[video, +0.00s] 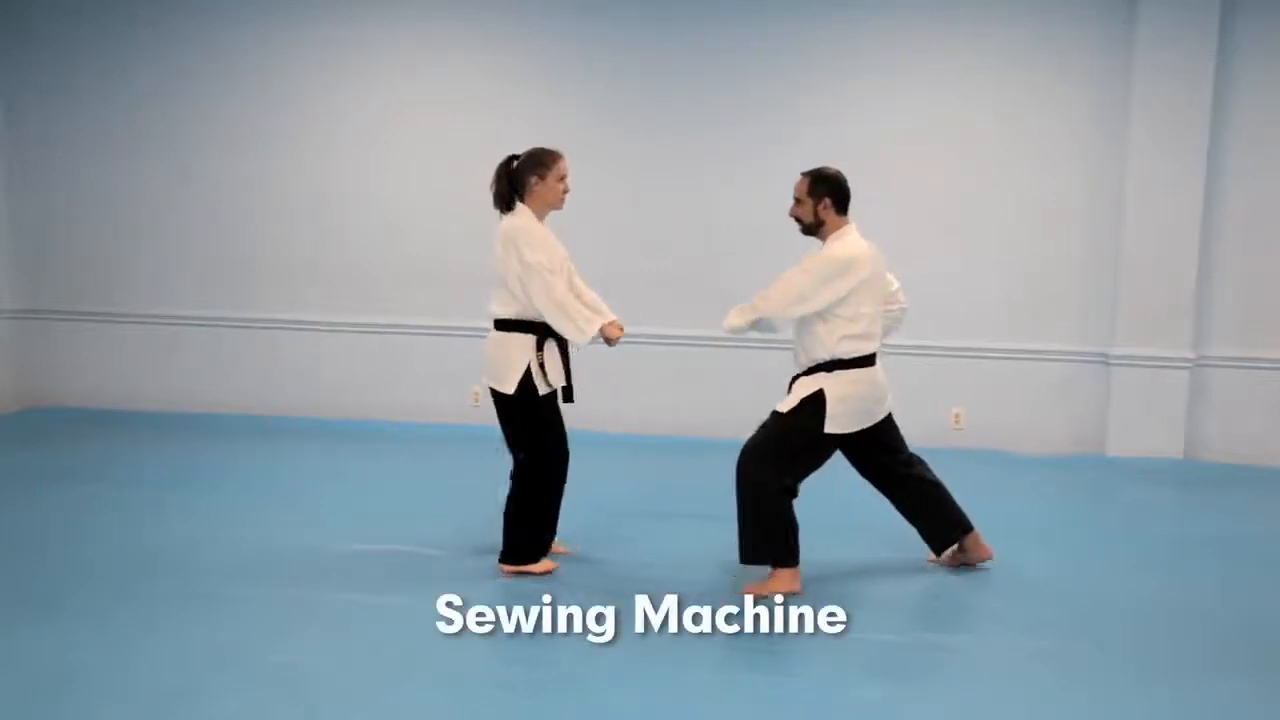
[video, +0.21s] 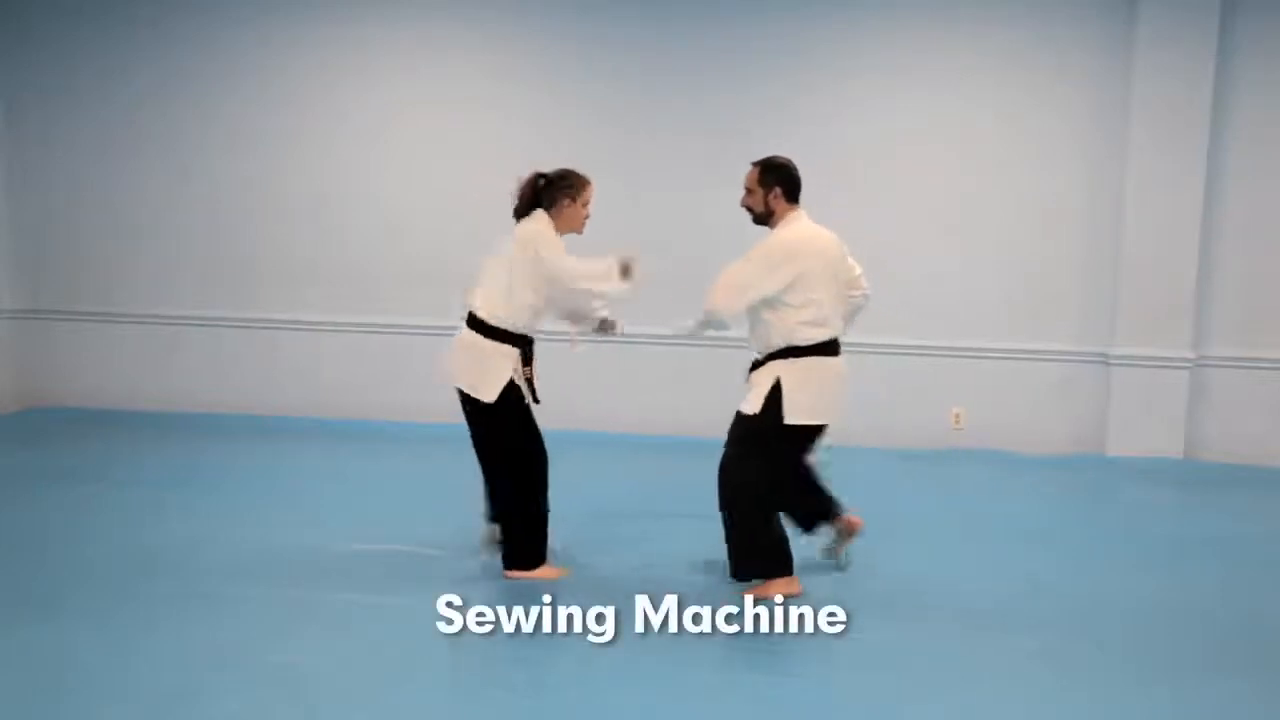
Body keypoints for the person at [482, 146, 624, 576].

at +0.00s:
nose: (568, 187)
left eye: (567, 180)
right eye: (561, 180)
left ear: (538, 183)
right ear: (536, 182)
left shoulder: (536, 228)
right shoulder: (521, 229)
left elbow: (570, 281)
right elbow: (549, 293)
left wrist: (603, 317)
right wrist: (595, 327)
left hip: (534, 353)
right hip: (519, 355)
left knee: (549, 452)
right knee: (542, 455)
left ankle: (537, 539)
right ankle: (518, 556)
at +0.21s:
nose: (589, 215)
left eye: (589, 206)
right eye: (585, 206)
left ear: (558, 204)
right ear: (564, 204)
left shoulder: (529, 233)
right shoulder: (540, 235)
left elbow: (554, 295)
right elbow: (564, 278)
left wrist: (594, 317)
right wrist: (615, 271)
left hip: (480, 360)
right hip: (493, 366)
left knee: (508, 457)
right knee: (529, 459)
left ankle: (516, 549)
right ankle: (524, 562)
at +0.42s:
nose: (560, 221)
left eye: (560, 213)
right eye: (556, 213)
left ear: (541, 217)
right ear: (535, 215)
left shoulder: (534, 259)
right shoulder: (501, 245)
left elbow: (538, 311)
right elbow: (495, 223)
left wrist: (535, 340)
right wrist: (515, 199)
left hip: (462, 373)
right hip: (474, 377)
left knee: (409, 455)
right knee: (531, 465)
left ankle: (340, 512)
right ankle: (522, 562)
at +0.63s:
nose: (495, 230)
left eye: (495, 222)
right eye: (493, 222)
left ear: (449, 223)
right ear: (478, 224)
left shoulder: (414, 265)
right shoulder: (475, 263)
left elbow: (395, 321)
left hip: (400, 393)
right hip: (455, 398)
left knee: (354, 466)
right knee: (527, 458)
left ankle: (306, 547)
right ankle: (527, 553)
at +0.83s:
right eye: (441, 238)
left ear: (398, 243)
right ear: (440, 242)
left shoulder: (384, 284)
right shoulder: (465, 284)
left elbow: (368, 334)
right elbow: (517, 300)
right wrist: (508, 259)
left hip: (393, 413)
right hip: (454, 415)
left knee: (321, 453)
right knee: (524, 468)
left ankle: (294, 549)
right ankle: (542, 562)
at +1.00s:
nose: (397, 241)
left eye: (400, 237)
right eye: (438, 240)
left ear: (401, 244)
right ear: (440, 246)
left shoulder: (387, 288)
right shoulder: (460, 288)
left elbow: (378, 338)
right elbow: (509, 309)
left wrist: (374, 376)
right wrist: (501, 268)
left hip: (395, 416)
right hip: (455, 417)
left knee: (321, 452)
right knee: (528, 468)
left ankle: (294, 549)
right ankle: (541, 563)